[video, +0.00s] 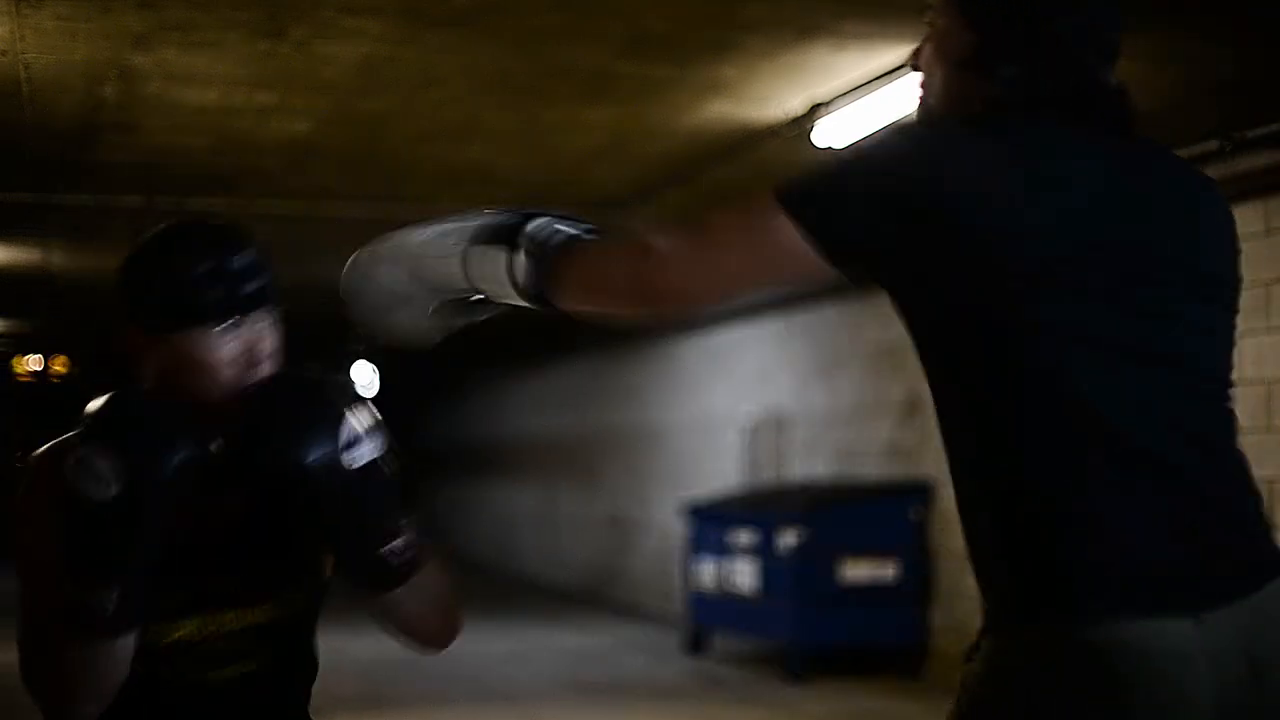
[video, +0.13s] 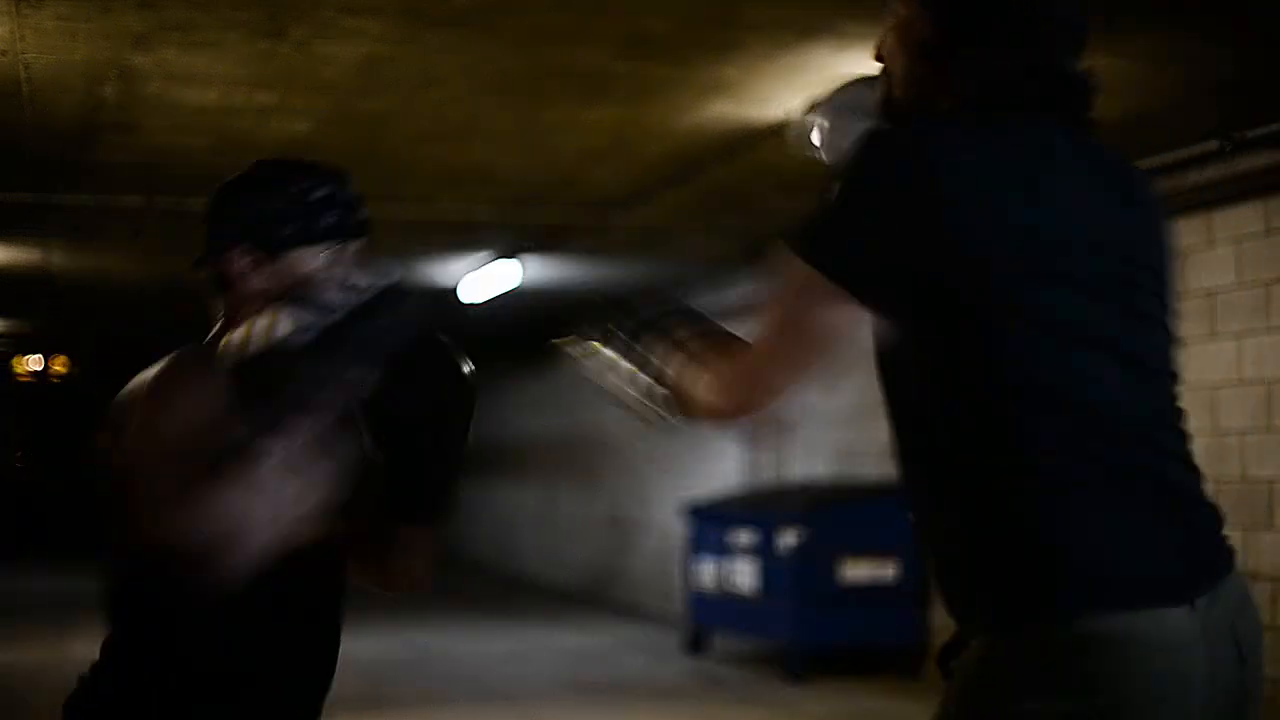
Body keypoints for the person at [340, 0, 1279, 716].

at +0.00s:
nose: (924, 63)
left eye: (937, 41)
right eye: (932, 41)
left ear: (971, 53)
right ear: (1085, 56)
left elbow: (662, 278)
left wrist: (504, 261)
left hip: (1081, 641)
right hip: (1246, 617)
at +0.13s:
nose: (882, 47)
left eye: (900, 24)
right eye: (891, 24)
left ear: (936, 39)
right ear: (1045, 41)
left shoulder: (906, 166)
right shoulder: (1114, 174)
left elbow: (741, 387)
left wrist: (683, 359)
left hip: (1057, 639)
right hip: (1211, 609)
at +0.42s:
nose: (932, 47)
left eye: (953, 20)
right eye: (942, 23)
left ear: (1014, 31)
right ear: (1039, 38)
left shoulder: (1065, 184)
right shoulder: (1112, 178)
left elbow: (1076, 461)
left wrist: (878, 565)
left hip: (1128, 661)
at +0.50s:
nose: (975, 59)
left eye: (994, 32)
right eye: (984, 35)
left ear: (1059, 45)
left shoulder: (1115, 197)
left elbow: (1129, 461)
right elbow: (1098, 449)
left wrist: (949, 501)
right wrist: (943, 467)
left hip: (1170, 662)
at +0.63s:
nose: (1026, 66)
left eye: (1051, 36)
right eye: (1037, 39)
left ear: (1118, 48)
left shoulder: (1170, 195)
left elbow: (1176, 460)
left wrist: (972, 422)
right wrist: (1000, 413)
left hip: (1212, 660)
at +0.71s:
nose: (1058, 65)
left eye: (1083, 36)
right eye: (1070, 38)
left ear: (1150, 47)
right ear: (1161, 49)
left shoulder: (1194, 191)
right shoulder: (1204, 184)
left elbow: (1190, 459)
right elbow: (1187, 447)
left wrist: (1006, 387)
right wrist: (1028, 372)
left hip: (1225, 662)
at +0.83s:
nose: (1078, 70)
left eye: (1101, 36)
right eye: (1090, 40)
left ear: (1172, 44)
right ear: (1171, 49)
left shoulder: (1222, 189)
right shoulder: (1214, 184)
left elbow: (1191, 461)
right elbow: (1185, 446)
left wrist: (1011, 364)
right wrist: (1030, 353)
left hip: (1225, 661)